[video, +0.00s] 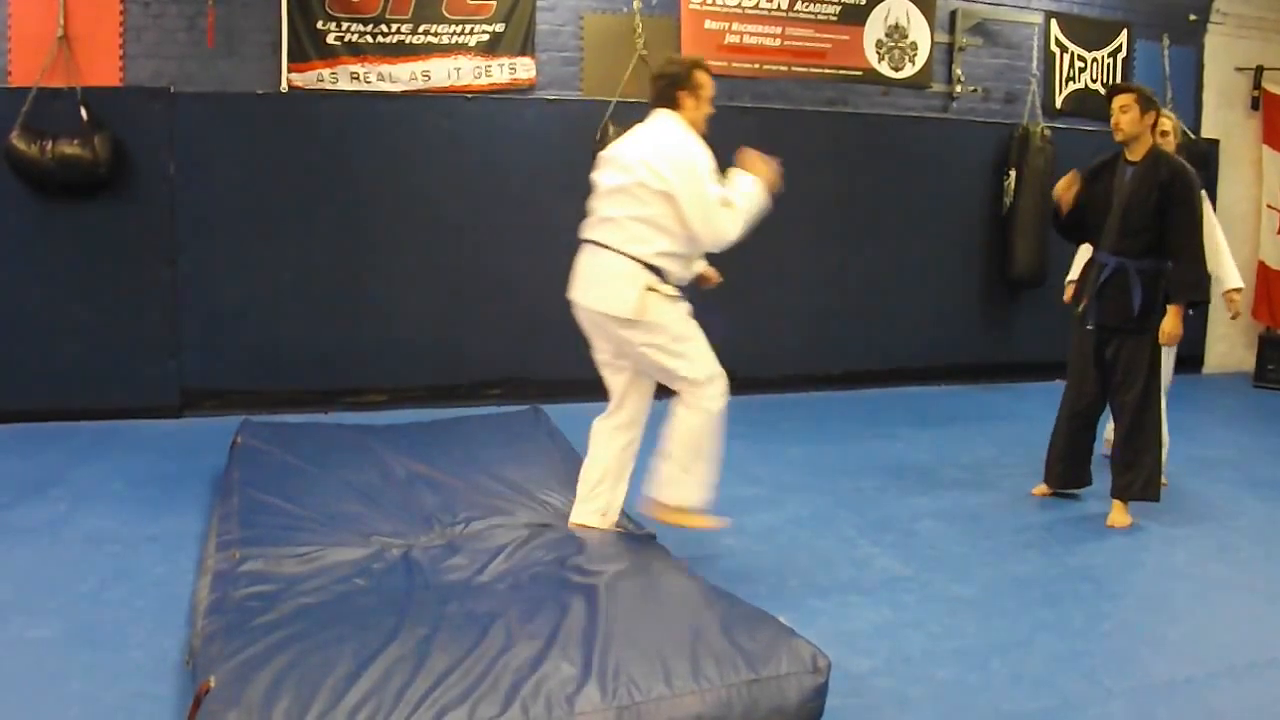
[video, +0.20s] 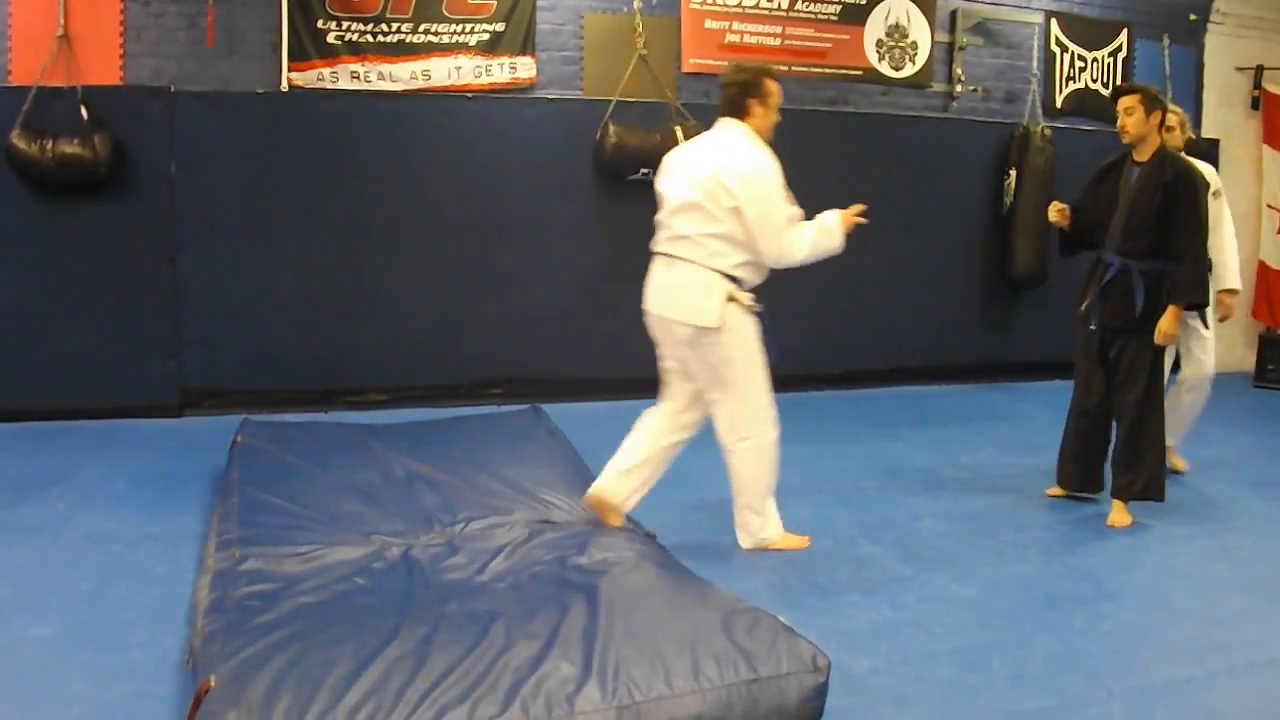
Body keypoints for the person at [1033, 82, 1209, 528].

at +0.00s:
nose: (1116, 119)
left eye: (1125, 111)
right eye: (1113, 113)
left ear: (1150, 117)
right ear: (1113, 121)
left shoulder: (1177, 176)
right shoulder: (1105, 171)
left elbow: (1187, 248)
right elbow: (1083, 233)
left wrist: (1176, 308)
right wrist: (1065, 205)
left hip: (1143, 298)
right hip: (1097, 291)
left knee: (1133, 401)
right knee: (1080, 391)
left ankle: (1122, 497)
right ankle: (1062, 477)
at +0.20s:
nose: (1121, 122)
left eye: (1129, 114)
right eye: (1118, 115)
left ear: (1156, 118)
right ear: (1120, 121)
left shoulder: (1184, 177)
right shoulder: (1113, 170)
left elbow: (1192, 250)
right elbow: (1088, 232)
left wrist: (1176, 309)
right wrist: (1068, 221)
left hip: (1147, 300)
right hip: (1101, 295)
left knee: (1135, 400)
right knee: (1088, 392)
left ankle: (1121, 496)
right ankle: (1076, 479)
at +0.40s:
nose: (1124, 123)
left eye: (1132, 115)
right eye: (1121, 116)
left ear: (1159, 118)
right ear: (1123, 122)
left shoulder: (1185, 179)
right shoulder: (1115, 171)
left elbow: (1190, 250)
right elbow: (1092, 229)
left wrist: (1171, 309)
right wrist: (1070, 222)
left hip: (1149, 300)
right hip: (1107, 294)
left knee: (1136, 398)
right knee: (1100, 394)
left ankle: (1123, 496)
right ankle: (1105, 483)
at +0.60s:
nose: (1121, 128)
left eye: (1130, 120)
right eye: (1117, 121)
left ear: (1154, 124)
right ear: (1116, 126)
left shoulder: (1181, 179)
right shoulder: (1111, 175)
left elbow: (1189, 252)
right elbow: (1087, 242)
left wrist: (1173, 310)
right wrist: (1073, 224)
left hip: (1156, 301)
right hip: (1117, 296)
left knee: (1136, 394)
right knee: (1111, 392)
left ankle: (1127, 497)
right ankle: (1113, 484)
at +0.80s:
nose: (1118, 133)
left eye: (1127, 125)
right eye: (1113, 125)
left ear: (1149, 126)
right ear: (1110, 127)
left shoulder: (1175, 174)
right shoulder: (1109, 173)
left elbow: (1189, 244)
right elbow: (1083, 226)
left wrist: (1187, 308)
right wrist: (1062, 276)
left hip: (1159, 298)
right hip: (1118, 295)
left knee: (1133, 388)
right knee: (1119, 388)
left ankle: (1130, 494)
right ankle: (1115, 482)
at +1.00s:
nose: (1111, 141)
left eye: (1120, 132)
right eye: (1105, 133)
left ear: (1142, 133)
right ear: (1099, 134)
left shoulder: (1165, 180)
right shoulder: (1093, 179)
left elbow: (1188, 251)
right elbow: (1075, 245)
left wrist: (1197, 318)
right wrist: (1077, 304)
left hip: (1151, 302)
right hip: (1103, 301)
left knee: (1131, 396)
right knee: (1112, 396)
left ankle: (1124, 505)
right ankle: (1124, 484)